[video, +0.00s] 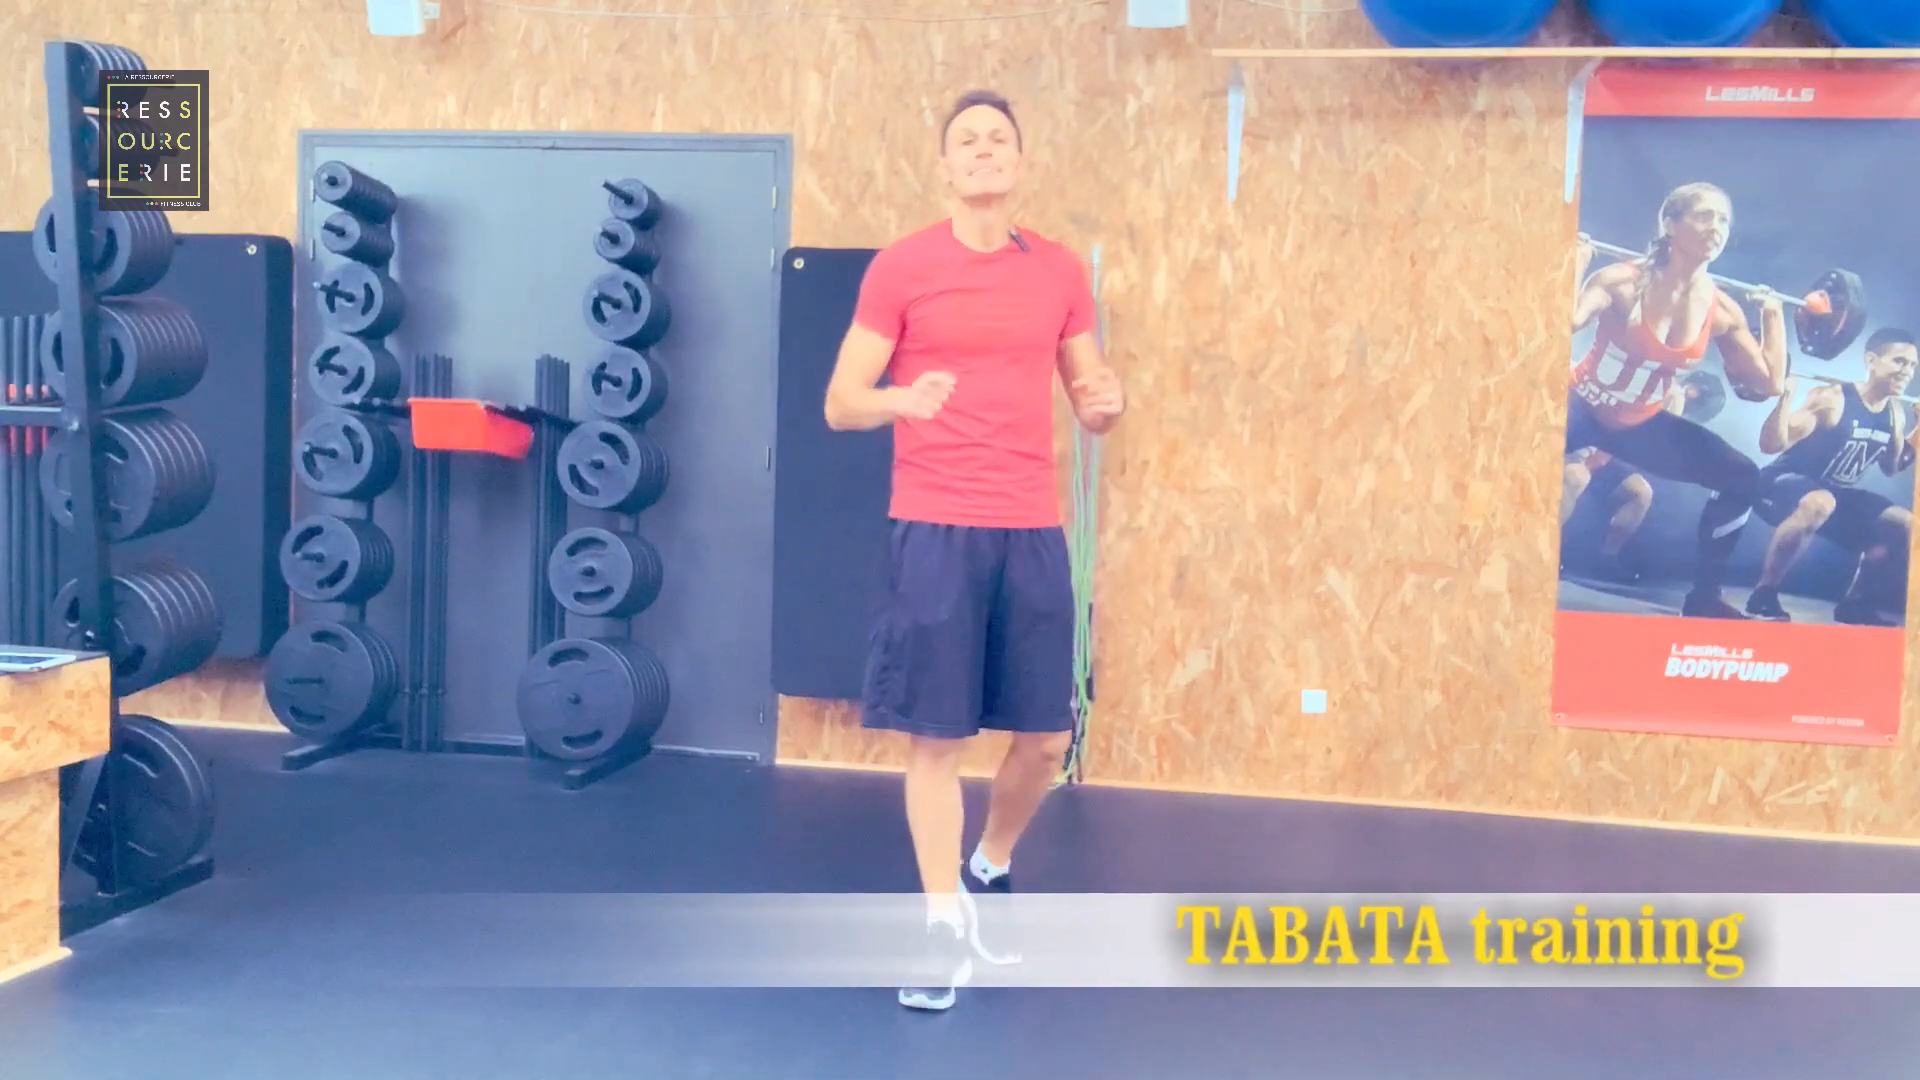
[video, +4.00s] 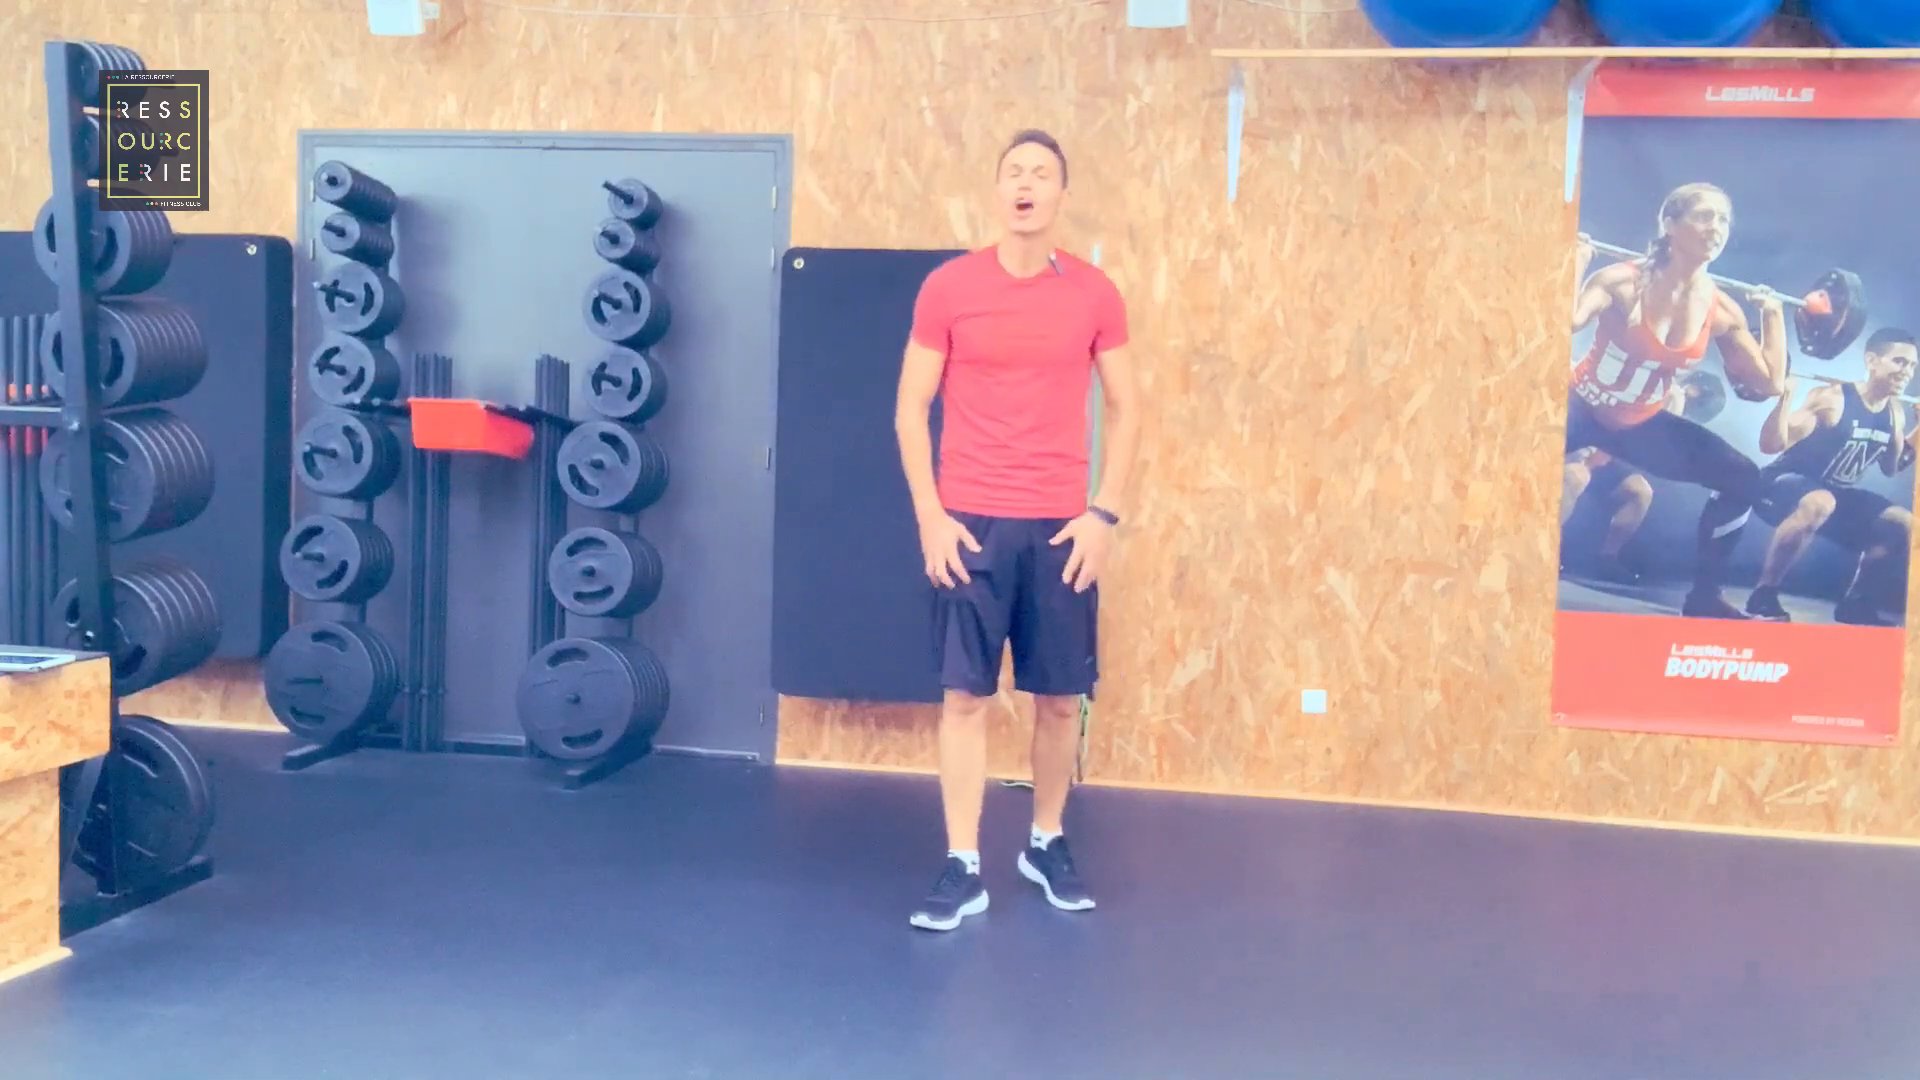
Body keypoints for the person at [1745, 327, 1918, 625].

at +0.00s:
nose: (1906, 371)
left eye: (1911, 365)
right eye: (1899, 361)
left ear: (1914, 371)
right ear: (1871, 361)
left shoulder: (1894, 412)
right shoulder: (1831, 398)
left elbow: (1892, 467)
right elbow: (1769, 444)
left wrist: (1911, 443)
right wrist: (1786, 395)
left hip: (1839, 495)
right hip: (1785, 481)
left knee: (1906, 525)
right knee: (1821, 502)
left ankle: (1855, 604)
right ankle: (1764, 595)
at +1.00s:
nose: (1906, 371)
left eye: (1911, 365)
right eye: (1899, 361)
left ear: (1914, 371)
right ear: (1871, 361)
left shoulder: (1893, 412)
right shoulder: (1831, 398)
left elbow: (1891, 467)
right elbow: (1769, 444)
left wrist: (1910, 446)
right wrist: (1785, 396)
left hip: (1839, 495)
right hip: (1785, 482)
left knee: (1905, 524)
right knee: (1821, 502)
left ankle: (1854, 604)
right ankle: (1763, 596)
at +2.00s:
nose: (1906, 371)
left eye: (1912, 365)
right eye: (1899, 361)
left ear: (1914, 371)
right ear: (1872, 361)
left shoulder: (1894, 411)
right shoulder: (1831, 397)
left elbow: (1891, 466)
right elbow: (1769, 444)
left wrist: (1913, 437)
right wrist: (1784, 398)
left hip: (1838, 495)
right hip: (1785, 481)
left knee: (1904, 524)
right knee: (1821, 502)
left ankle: (1854, 605)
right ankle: (1764, 595)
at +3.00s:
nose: (1906, 372)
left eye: (1911, 365)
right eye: (1899, 361)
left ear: (1913, 371)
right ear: (1872, 361)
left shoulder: (1894, 411)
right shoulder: (1831, 397)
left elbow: (1890, 466)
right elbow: (1768, 444)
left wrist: (1910, 444)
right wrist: (1784, 398)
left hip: (1838, 494)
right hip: (1785, 481)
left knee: (1904, 524)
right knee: (1821, 502)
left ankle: (1854, 605)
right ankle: (1763, 595)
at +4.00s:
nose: (1906, 372)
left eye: (1911, 365)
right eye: (1899, 361)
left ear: (1913, 371)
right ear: (1872, 361)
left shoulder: (1894, 412)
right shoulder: (1830, 397)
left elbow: (1891, 467)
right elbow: (1769, 444)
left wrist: (1912, 440)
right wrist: (1784, 397)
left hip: (1839, 495)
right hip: (1786, 481)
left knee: (1905, 524)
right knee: (1821, 502)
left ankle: (1855, 604)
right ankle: (1763, 596)